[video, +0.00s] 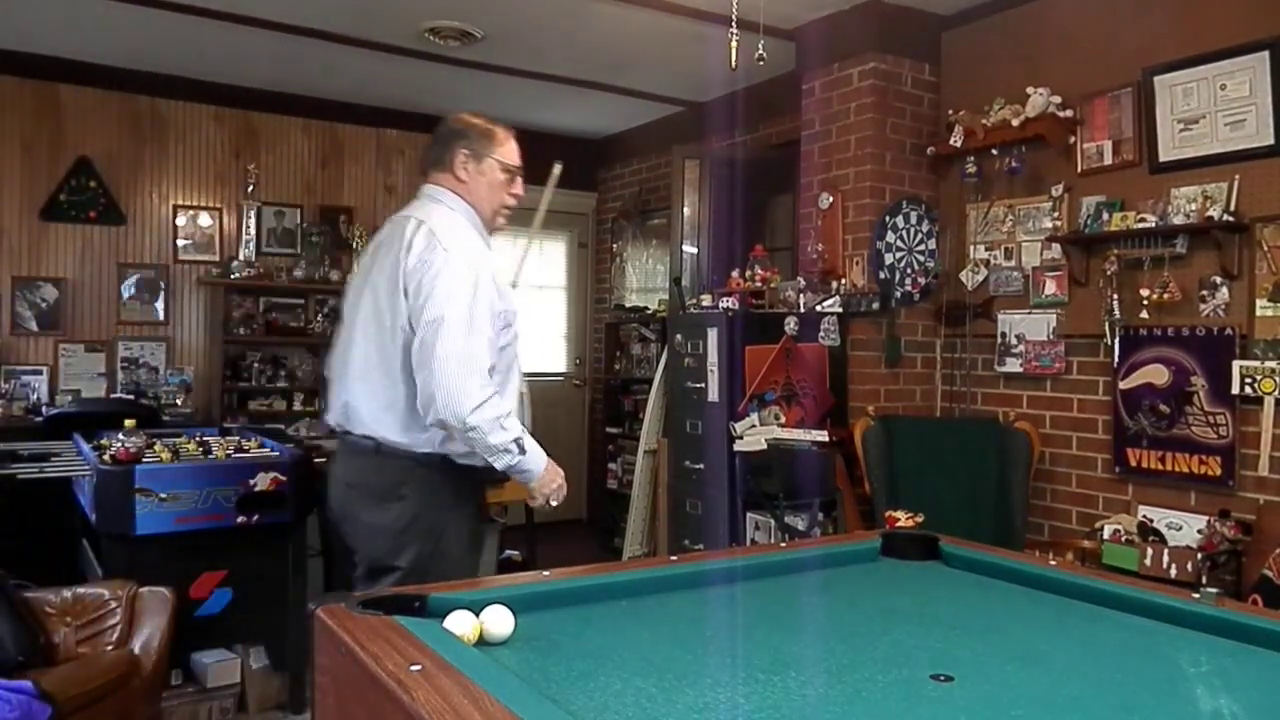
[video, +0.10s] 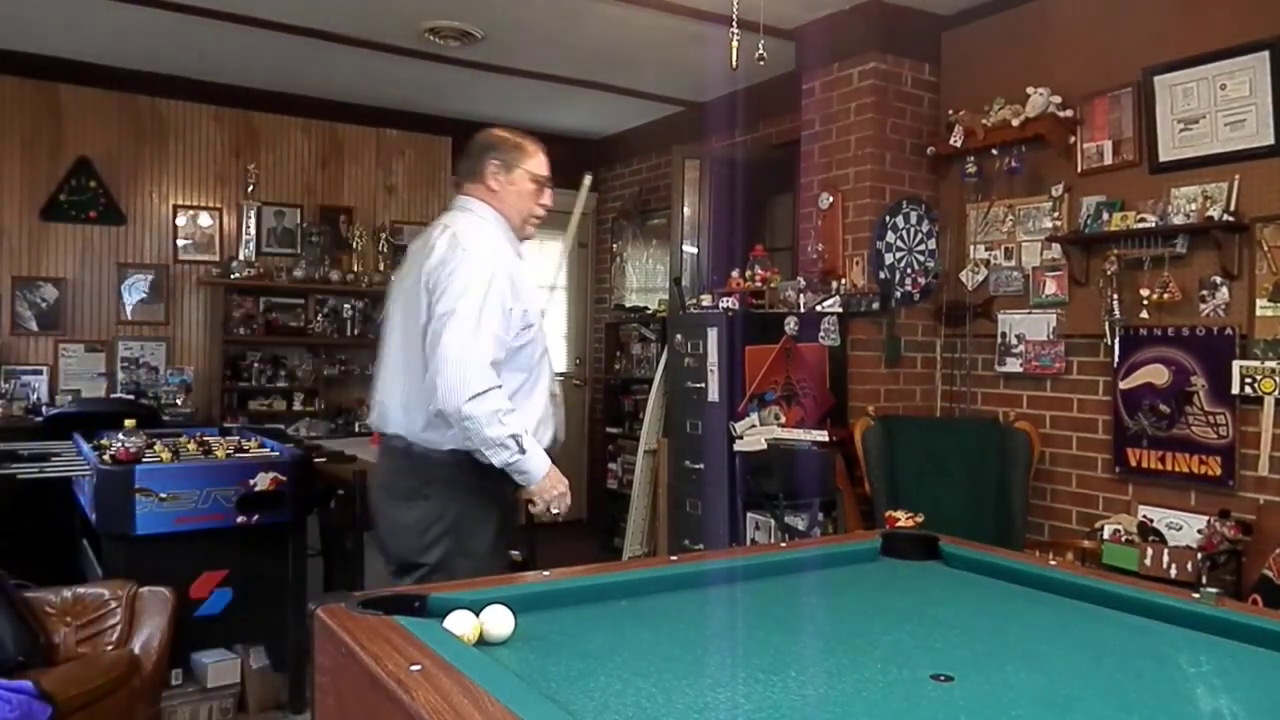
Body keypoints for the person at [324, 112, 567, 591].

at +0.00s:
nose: (520, 190)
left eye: (520, 176)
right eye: (509, 172)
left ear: (462, 168)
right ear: (463, 166)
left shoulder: (401, 229)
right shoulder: (450, 242)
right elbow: (456, 395)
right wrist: (534, 466)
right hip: (421, 486)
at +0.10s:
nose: (548, 201)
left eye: (548, 187)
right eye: (538, 183)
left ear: (494, 179)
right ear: (495, 177)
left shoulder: (443, 234)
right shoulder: (477, 244)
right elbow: (462, 386)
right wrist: (534, 469)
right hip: (452, 480)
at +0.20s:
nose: (579, 204)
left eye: (580, 191)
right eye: (570, 188)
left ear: (529, 180)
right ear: (529, 179)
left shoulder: (499, 235)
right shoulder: (505, 243)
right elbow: (478, 373)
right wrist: (543, 466)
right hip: (482, 472)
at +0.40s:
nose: (631, 194)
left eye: (634, 182)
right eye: (620, 178)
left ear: (579, 176)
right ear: (577, 174)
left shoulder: (577, 239)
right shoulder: (552, 239)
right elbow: (512, 365)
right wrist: (578, 453)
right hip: (539, 460)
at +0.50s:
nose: (659, 199)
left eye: (661, 187)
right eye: (647, 183)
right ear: (604, 180)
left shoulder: (609, 247)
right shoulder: (574, 246)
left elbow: (588, 371)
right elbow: (534, 375)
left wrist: (653, 409)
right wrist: (603, 461)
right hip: (563, 464)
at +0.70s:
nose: (730, 224)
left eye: (733, 212)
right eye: (720, 208)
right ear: (676, 202)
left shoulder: (683, 267)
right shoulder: (643, 267)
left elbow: (657, 388)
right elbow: (601, 401)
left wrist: (724, 405)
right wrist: (669, 480)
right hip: (633, 483)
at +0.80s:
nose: (776, 232)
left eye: (779, 219)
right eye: (767, 217)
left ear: (724, 210)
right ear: (722, 208)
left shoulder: (721, 269)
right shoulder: (687, 274)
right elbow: (652, 416)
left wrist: (763, 401)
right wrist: (719, 495)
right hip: (669, 484)